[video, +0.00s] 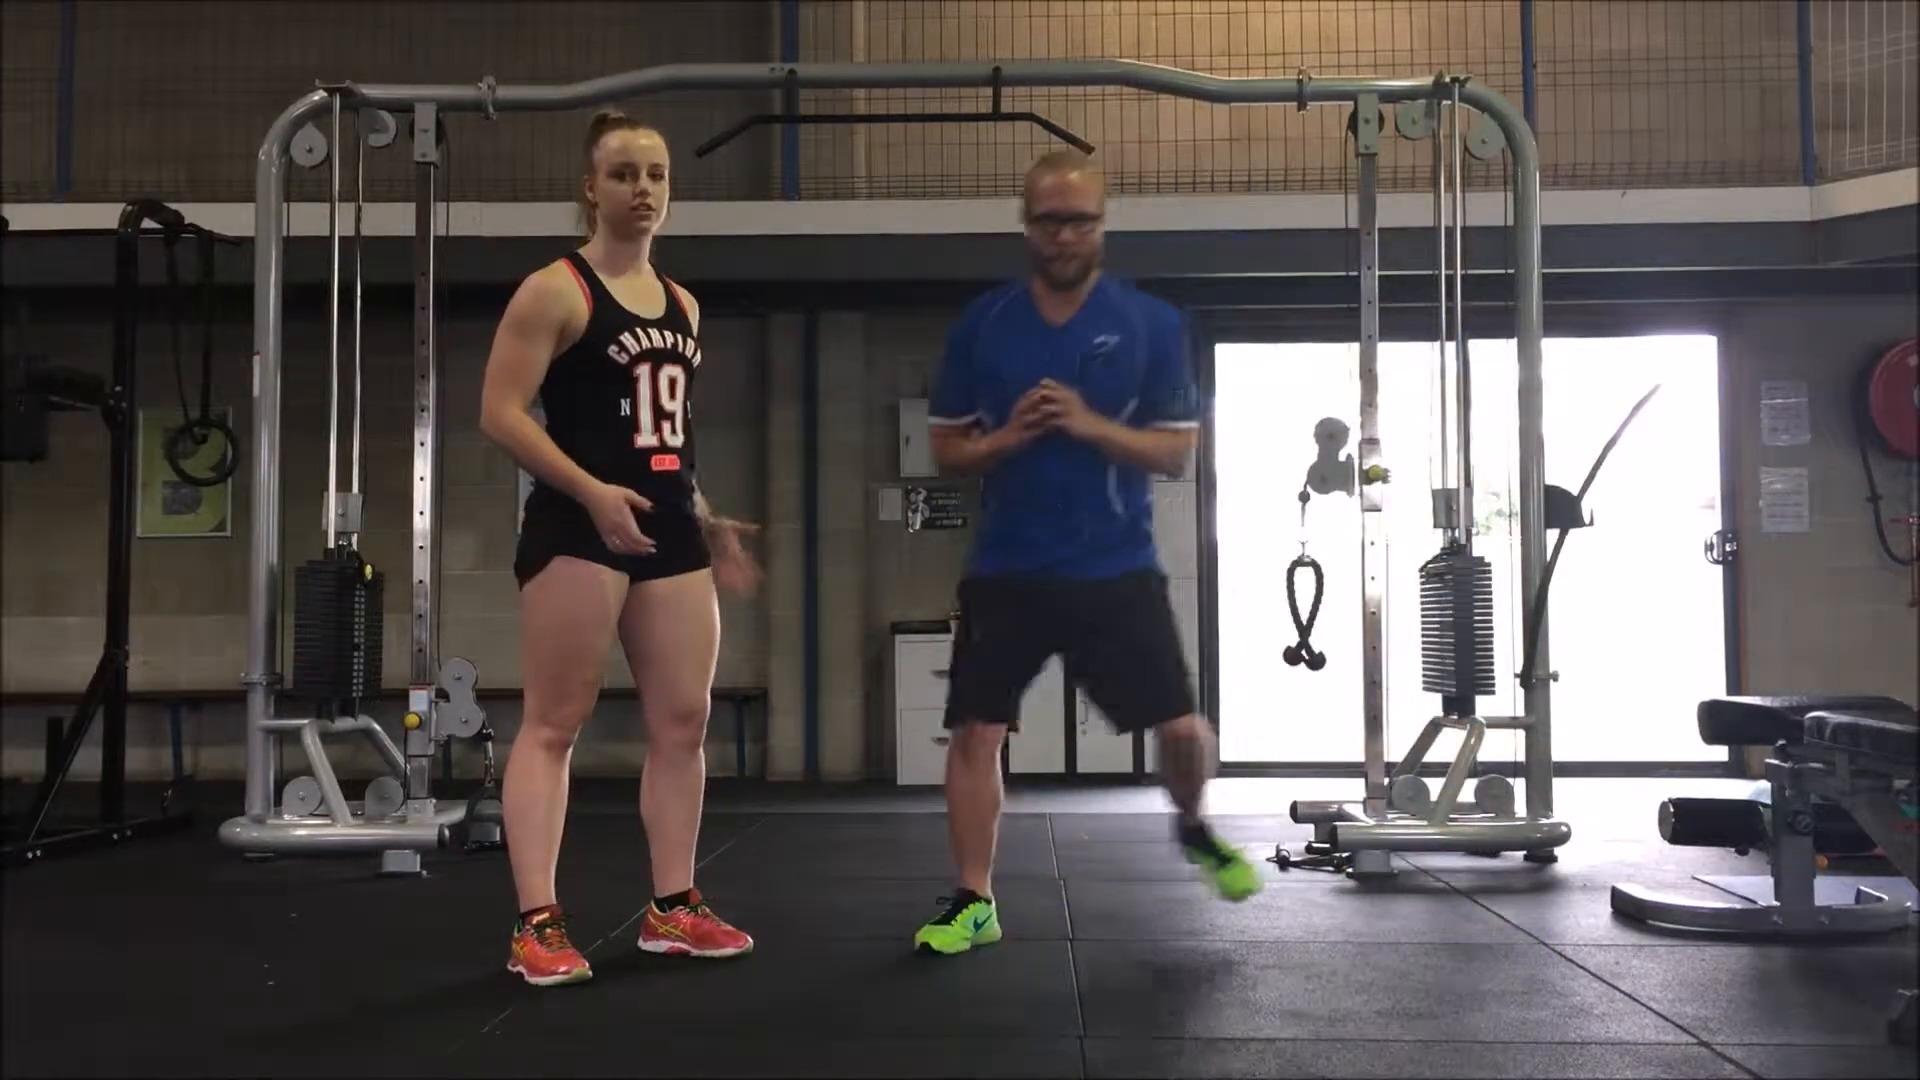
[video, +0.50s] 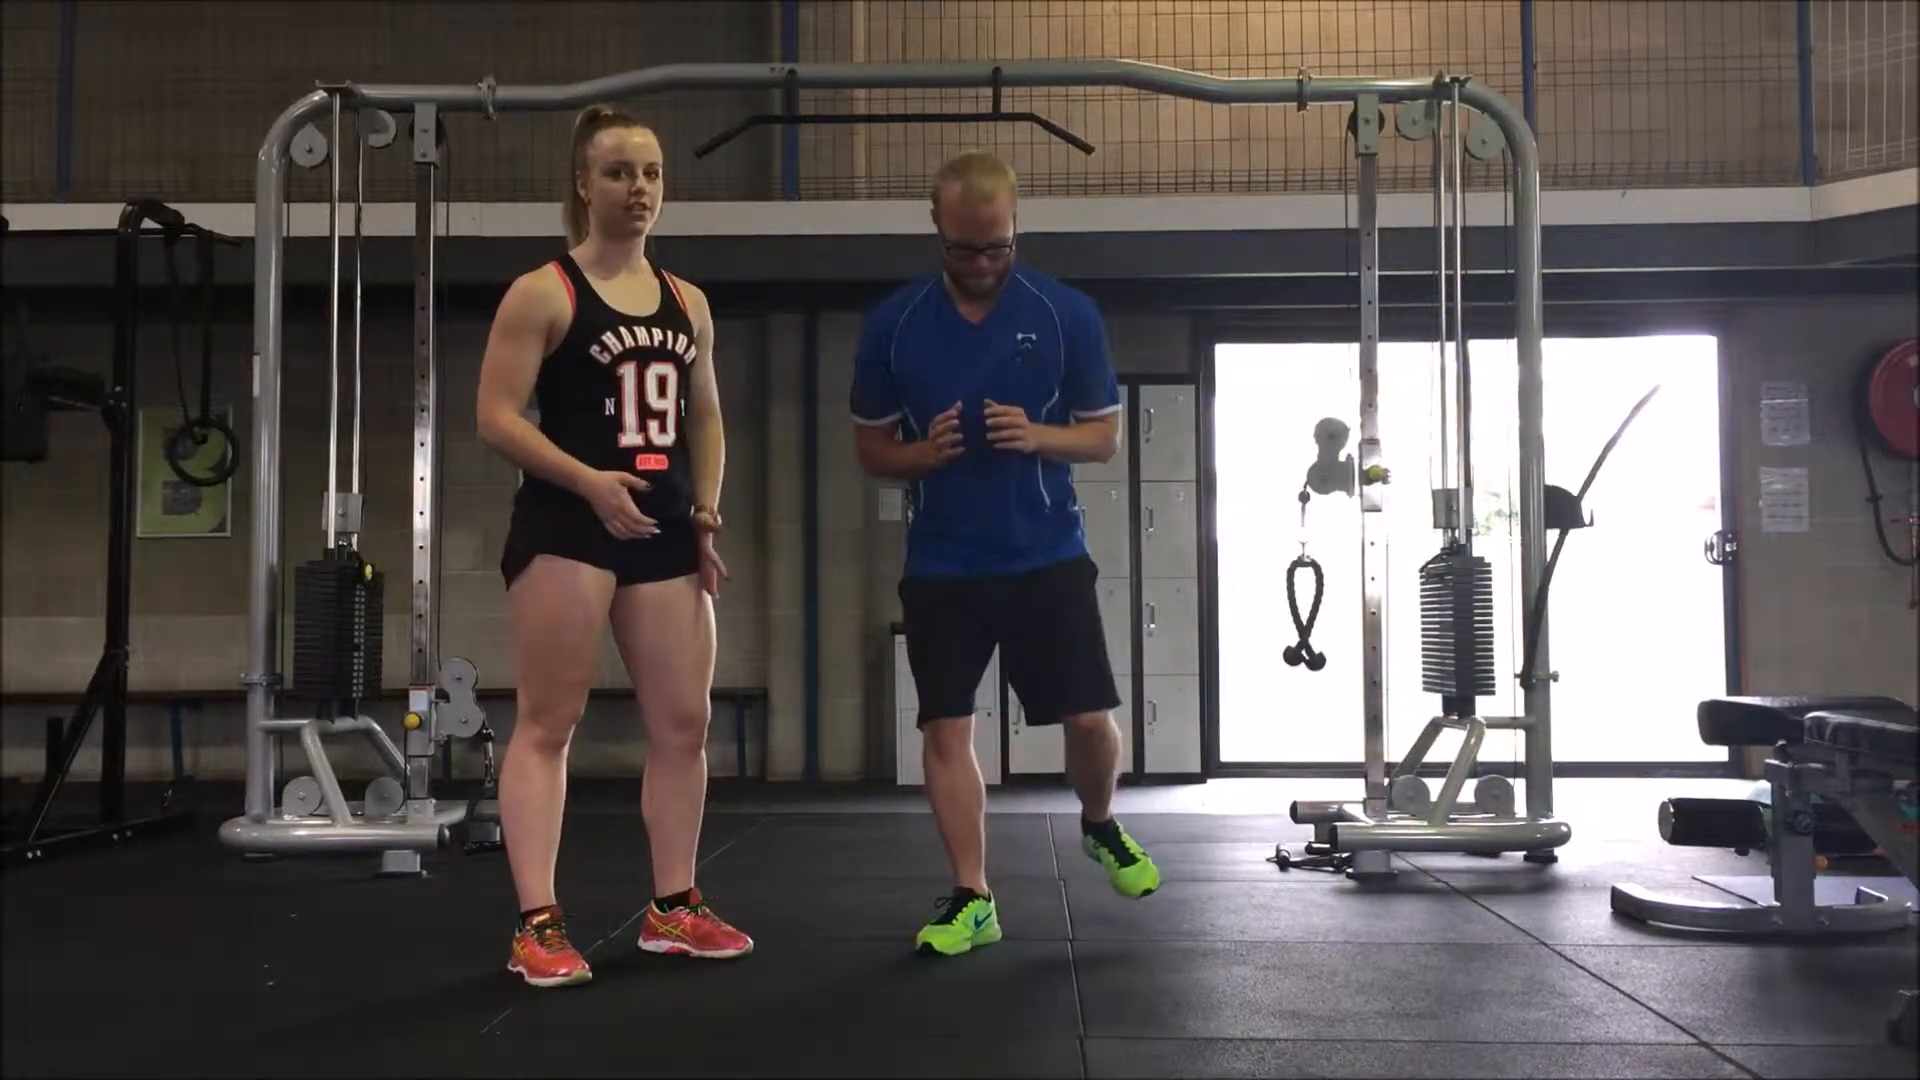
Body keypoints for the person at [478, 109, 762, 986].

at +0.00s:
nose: (642, 188)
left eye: (655, 175)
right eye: (624, 174)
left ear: (670, 192)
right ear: (591, 188)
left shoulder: (678, 303)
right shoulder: (554, 291)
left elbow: (663, 438)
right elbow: (500, 413)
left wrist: (705, 522)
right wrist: (592, 492)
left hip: (672, 531)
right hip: (580, 531)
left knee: (683, 726)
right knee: (553, 724)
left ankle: (673, 906)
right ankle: (537, 922)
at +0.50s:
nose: (638, 187)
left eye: (650, 173)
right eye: (619, 172)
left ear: (664, 189)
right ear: (582, 186)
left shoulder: (687, 302)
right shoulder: (541, 295)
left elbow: (705, 419)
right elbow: (495, 417)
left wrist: (703, 513)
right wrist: (588, 479)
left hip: (666, 534)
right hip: (567, 530)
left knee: (683, 725)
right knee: (546, 726)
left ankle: (674, 906)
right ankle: (538, 924)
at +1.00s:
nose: (629, 181)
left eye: (641, 169)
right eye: (610, 168)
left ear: (656, 187)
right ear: (574, 186)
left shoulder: (684, 303)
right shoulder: (530, 293)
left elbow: (708, 416)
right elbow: (478, 414)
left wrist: (691, 498)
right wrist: (571, 479)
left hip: (652, 533)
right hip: (551, 530)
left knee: (683, 726)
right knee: (548, 725)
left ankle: (674, 907)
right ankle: (538, 926)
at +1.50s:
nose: (621, 182)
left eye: (634, 171)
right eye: (603, 168)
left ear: (647, 193)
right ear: (565, 185)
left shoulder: (673, 301)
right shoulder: (521, 289)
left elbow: (719, 410)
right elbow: (480, 409)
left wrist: (695, 441)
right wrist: (601, 415)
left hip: (633, 532)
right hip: (538, 525)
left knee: (681, 724)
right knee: (543, 722)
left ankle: (673, 908)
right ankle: (537, 926)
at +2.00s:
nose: (619, 187)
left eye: (631, 175)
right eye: (600, 173)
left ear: (644, 195)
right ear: (563, 190)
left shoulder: (672, 302)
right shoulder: (520, 297)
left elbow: (716, 410)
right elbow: (472, 417)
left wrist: (698, 440)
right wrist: (553, 426)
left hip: (648, 529)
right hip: (553, 524)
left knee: (691, 722)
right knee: (550, 721)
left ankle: (673, 907)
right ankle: (538, 924)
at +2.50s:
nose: (644, 202)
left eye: (647, 188)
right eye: (628, 186)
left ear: (634, 199)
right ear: (576, 190)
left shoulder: (661, 301)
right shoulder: (510, 300)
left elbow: (699, 410)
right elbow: (460, 418)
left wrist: (689, 432)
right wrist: (540, 442)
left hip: (637, 530)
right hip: (544, 526)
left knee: (685, 721)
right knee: (546, 721)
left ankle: (674, 907)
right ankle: (537, 925)